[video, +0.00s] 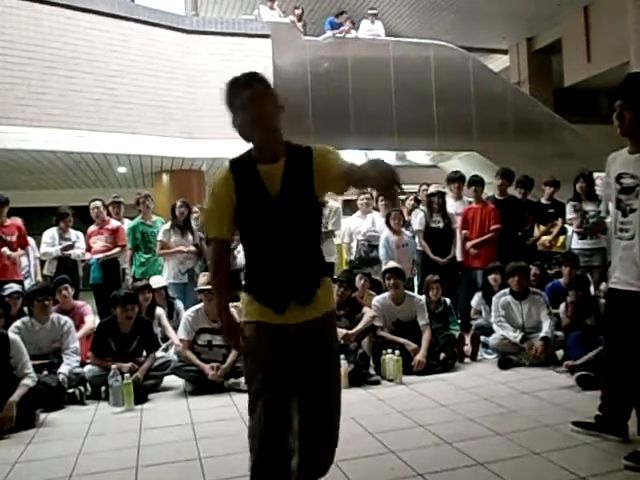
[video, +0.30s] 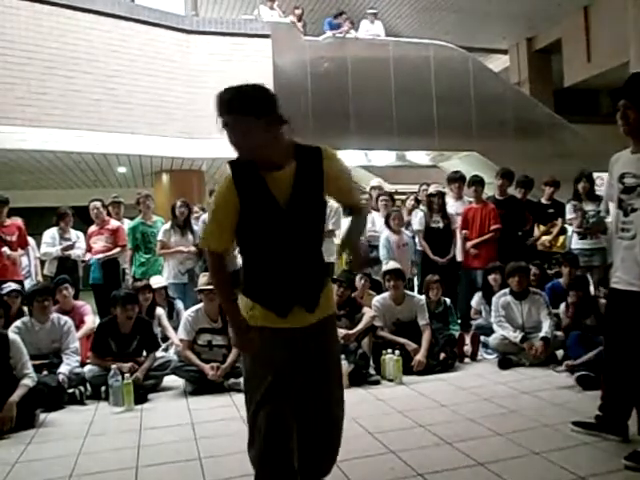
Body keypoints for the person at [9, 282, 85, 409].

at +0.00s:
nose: (46, 304)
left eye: (48, 300)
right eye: (41, 301)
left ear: (53, 302)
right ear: (31, 305)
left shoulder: (64, 323)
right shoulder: (18, 328)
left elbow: (72, 353)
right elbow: (15, 359)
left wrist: (63, 373)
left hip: (59, 368)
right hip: (33, 372)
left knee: (79, 375)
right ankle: (69, 397)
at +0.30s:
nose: (45, 304)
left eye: (48, 300)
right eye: (40, 301)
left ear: (53, 302)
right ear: (31, 305)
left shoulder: (64, 323)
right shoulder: (18, 328)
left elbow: (72, 353)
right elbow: (14, 358)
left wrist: (63, 373)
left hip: (59, 369)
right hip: (33, 372)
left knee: (79, 376)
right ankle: (69, 397)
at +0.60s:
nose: (45, 305)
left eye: (47, 301)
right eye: (39, 302)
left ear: (53, 303)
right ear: (31, 306)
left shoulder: (64, 323)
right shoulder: (19, 328)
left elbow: (72, 353)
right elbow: (14, 358)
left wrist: (63, 373)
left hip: (59, 369)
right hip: (33, 372)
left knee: (79, 376)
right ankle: (69, 396)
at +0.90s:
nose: (44, 305)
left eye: (47, 301)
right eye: (39, 302)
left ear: (53, 303)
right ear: (31, 305)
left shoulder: (64, 323)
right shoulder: (18, 328)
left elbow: (72, 353)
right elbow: (14, 357)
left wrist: (63, 373)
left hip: (58, 369)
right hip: (32, 372)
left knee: (79, 375)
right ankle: (69, 397)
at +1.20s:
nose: (44, 306)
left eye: (47, 301)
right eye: (39, 302)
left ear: (53, 303)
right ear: (31, 306)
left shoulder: (64, 324)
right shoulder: (18, 328)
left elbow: (72, 353)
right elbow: (15, 358)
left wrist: (63, 374)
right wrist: (32, 377)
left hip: (58, 369)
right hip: (32, 372)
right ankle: (68, 398)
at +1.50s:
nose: (44, 305)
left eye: (47, 301)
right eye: (39, 301)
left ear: (52, 303)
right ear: (31, 305)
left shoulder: (64, 323)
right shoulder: (18, 328)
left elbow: (72, 353)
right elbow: (14, 358)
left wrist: (63, 373)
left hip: (58, 369)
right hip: (32, 372)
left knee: (79, 375)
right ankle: (69, 397)